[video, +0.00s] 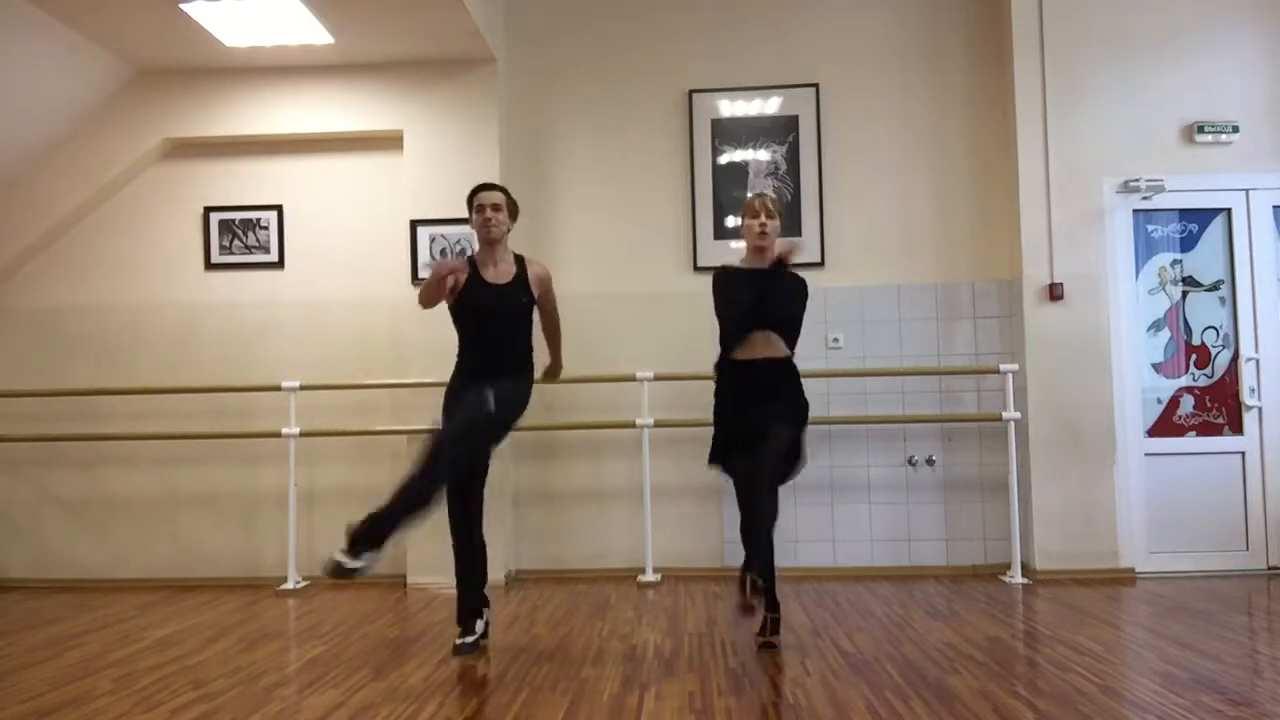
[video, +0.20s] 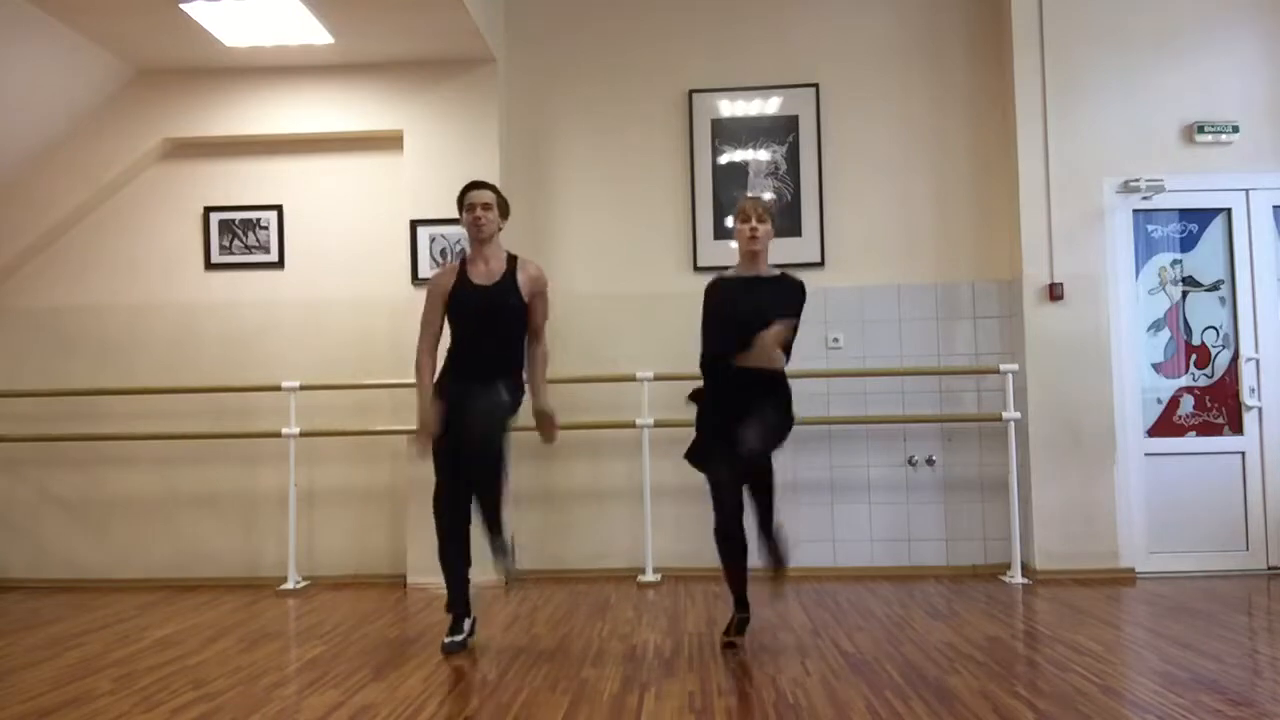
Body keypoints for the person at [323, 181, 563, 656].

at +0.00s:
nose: (489, 216)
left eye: (497, 208)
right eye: (481, 210)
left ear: (512, 219)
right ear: (470, 221)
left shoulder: (534, 274)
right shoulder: (458, 269)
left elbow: (550, 320)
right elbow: (426, 301)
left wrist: (555, 361)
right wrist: (440, 279)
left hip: (512, 384)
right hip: (466, 383)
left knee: (442, 460)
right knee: (465, 509)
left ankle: (364, 541)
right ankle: (473, 617)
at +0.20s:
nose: (479, 215)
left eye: (487, 208)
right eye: (471, 209)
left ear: (502, 217)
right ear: (461, 219)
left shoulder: (528, 276)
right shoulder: (446, 278)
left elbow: (537, 341)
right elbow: (428, 343)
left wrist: (541, 401)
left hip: (502, 382)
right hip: (455, 384)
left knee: (480, 431)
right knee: (448, 500)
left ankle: (495, 534)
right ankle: (460, 612)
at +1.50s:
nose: (472, 218)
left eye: (480, 213)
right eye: (465, 213)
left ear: (496, 227)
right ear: (455, 228)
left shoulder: (518, 280)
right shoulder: (438, 280)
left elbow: (530, 345)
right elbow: (411, 340)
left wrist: (552, 400)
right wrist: (435, 329)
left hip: (502, 385)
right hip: (452, 390)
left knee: (454, 419)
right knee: (427, 488)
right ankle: (414, 608)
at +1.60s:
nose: (470, 224)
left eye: (479, 218)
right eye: (464, 219)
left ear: (495, 233)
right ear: (454, 234)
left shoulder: (517, 289)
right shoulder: (435, 293)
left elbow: (532, 353)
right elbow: (419, 362)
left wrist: (576, 388)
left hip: (504, 399)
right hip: (456, 401)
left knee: (509, 456)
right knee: (426, 502)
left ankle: (522, 535)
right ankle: (409, 619)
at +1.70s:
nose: (471, 231)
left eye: (481, 225)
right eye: (465, 226)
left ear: (499, 240)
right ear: (458, 240)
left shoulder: (522, 291)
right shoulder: (440, 300)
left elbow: (573, 337)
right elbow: (430, 364)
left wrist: (602, 303)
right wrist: (425, 424)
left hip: (521, 417)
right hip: (470, 419)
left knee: (560, 501)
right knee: (432, 510)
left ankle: (590, 585)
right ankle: (413, 619)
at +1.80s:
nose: (491, 234)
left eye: (499, 227)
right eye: (484, 229)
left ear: (517, 240)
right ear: (476, 243)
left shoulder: (538, 272)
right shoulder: (474, 296)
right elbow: (452, 344)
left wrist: (594, 242)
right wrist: (434, 389)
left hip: (556, 415)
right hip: (507, 419)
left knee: (591, 513)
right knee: (464, 515)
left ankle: (622, 604)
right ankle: (420, 618)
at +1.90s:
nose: (522, 232)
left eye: (530, 225)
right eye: (514, 227)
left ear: (548, 237)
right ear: (507, 240)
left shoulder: (562, 278)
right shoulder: (506, 294)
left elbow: (579, 249)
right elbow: (484, 333)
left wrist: (582, 212)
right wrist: (455, 363)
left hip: (586, 408)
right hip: (539, 413)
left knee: (610, 509)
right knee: (510, 493)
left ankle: (624, 605)